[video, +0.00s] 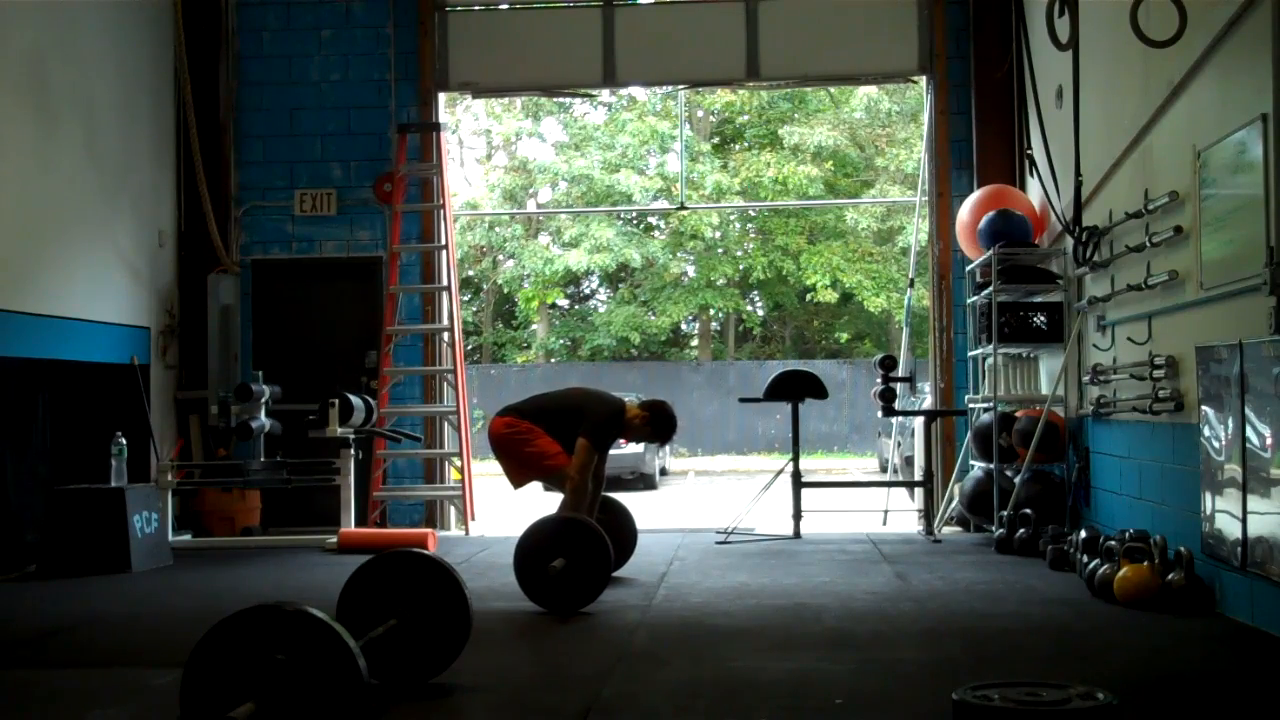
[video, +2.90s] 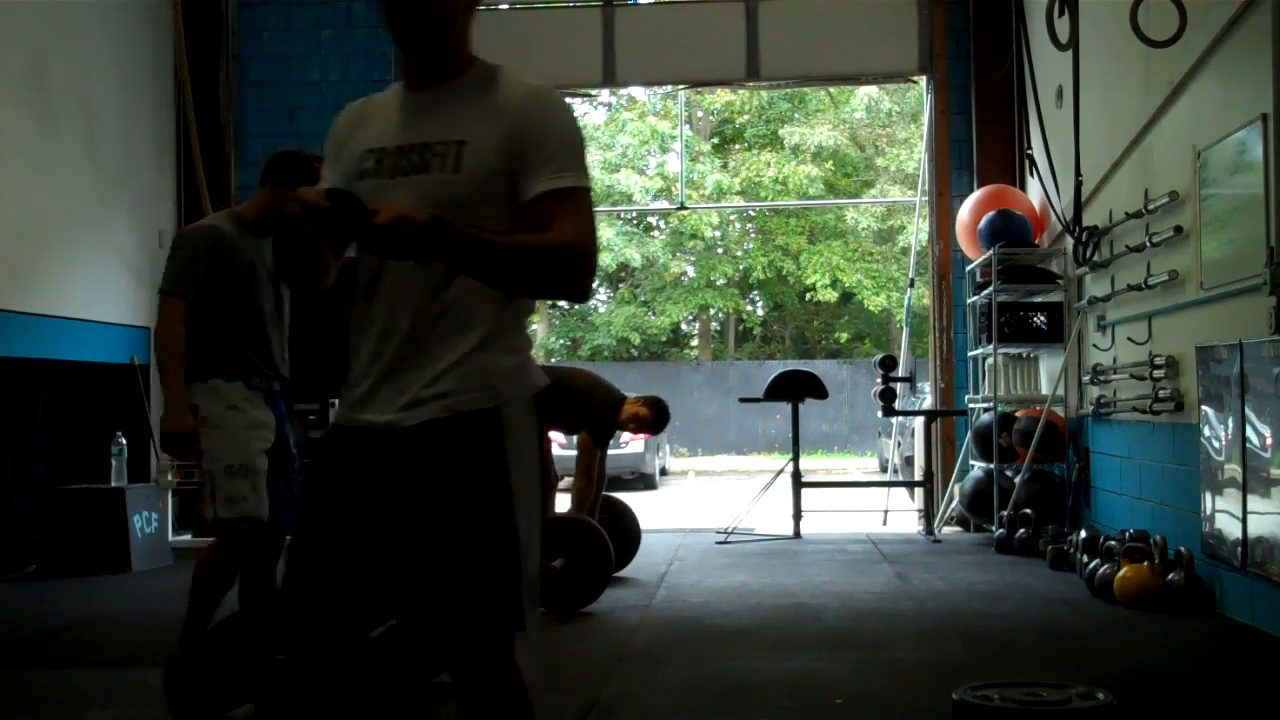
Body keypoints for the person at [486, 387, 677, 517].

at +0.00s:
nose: (636, 442)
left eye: (643, 441)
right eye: (643, 437)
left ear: (641, 416)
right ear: (642, 419)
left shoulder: (613, 419)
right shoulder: (606, 413)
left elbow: (595, 478)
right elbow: (577, 477)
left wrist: (587, 530)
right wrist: (568, 535)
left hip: (524, 428)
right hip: (511, 426)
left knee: (588, 481)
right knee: (577, 483)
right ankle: (561, 550)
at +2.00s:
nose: (642, 441)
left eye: (648, 441)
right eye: (648, 437)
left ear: (643, 414)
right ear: (644, 418)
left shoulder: (614, 421)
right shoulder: (607, 416)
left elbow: (596, 478)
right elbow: (580, 479)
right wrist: (570, 537)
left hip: (525, 437)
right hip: (515, 437)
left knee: (592, 489)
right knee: (583, 488)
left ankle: (580, 552)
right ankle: (569, 552)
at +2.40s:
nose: (629, 444)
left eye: (636, 443)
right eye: (635, 438)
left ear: (634, 415)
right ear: (634, 418)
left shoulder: (605, 419)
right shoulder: (599, 413)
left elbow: (592, 479)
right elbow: (578, 478)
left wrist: (584, 528)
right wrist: (572, 535)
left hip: (513, 423)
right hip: (505, 422)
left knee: (575, 483)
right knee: (569, 482)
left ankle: (555, 547)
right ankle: (557, 548)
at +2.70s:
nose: (631, 432)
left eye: (638, 434)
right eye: (636, 425)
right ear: (634, 405)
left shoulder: (607, 416)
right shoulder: (599, 411)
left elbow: (596, 476)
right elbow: (583, 477)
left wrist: (588, 524)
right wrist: (575, 527)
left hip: (517, 402)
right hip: (508, 401)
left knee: (549, 482)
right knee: (548, 482)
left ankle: (544, 551)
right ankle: (542, 552)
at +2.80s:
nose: (632, 430)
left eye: (639, 432)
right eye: (637, 422)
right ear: (636, 403)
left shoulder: (609, 413)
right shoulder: (601, 407)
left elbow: (596, 476)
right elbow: (583, 475)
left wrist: (589, 524)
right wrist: (577, 526)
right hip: (518, 401)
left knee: (546, 481)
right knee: (544, 482)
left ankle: (545, 549)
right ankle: (542, 550)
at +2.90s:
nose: (634, 428)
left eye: (640, 430)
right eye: (639, 421)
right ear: (637, 402)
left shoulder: (610, 414)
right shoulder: (602, 406)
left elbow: (598, 474)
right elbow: (584, 474)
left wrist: (588, 523)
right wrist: (577, 522)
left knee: (548, 480)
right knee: (546, 481)